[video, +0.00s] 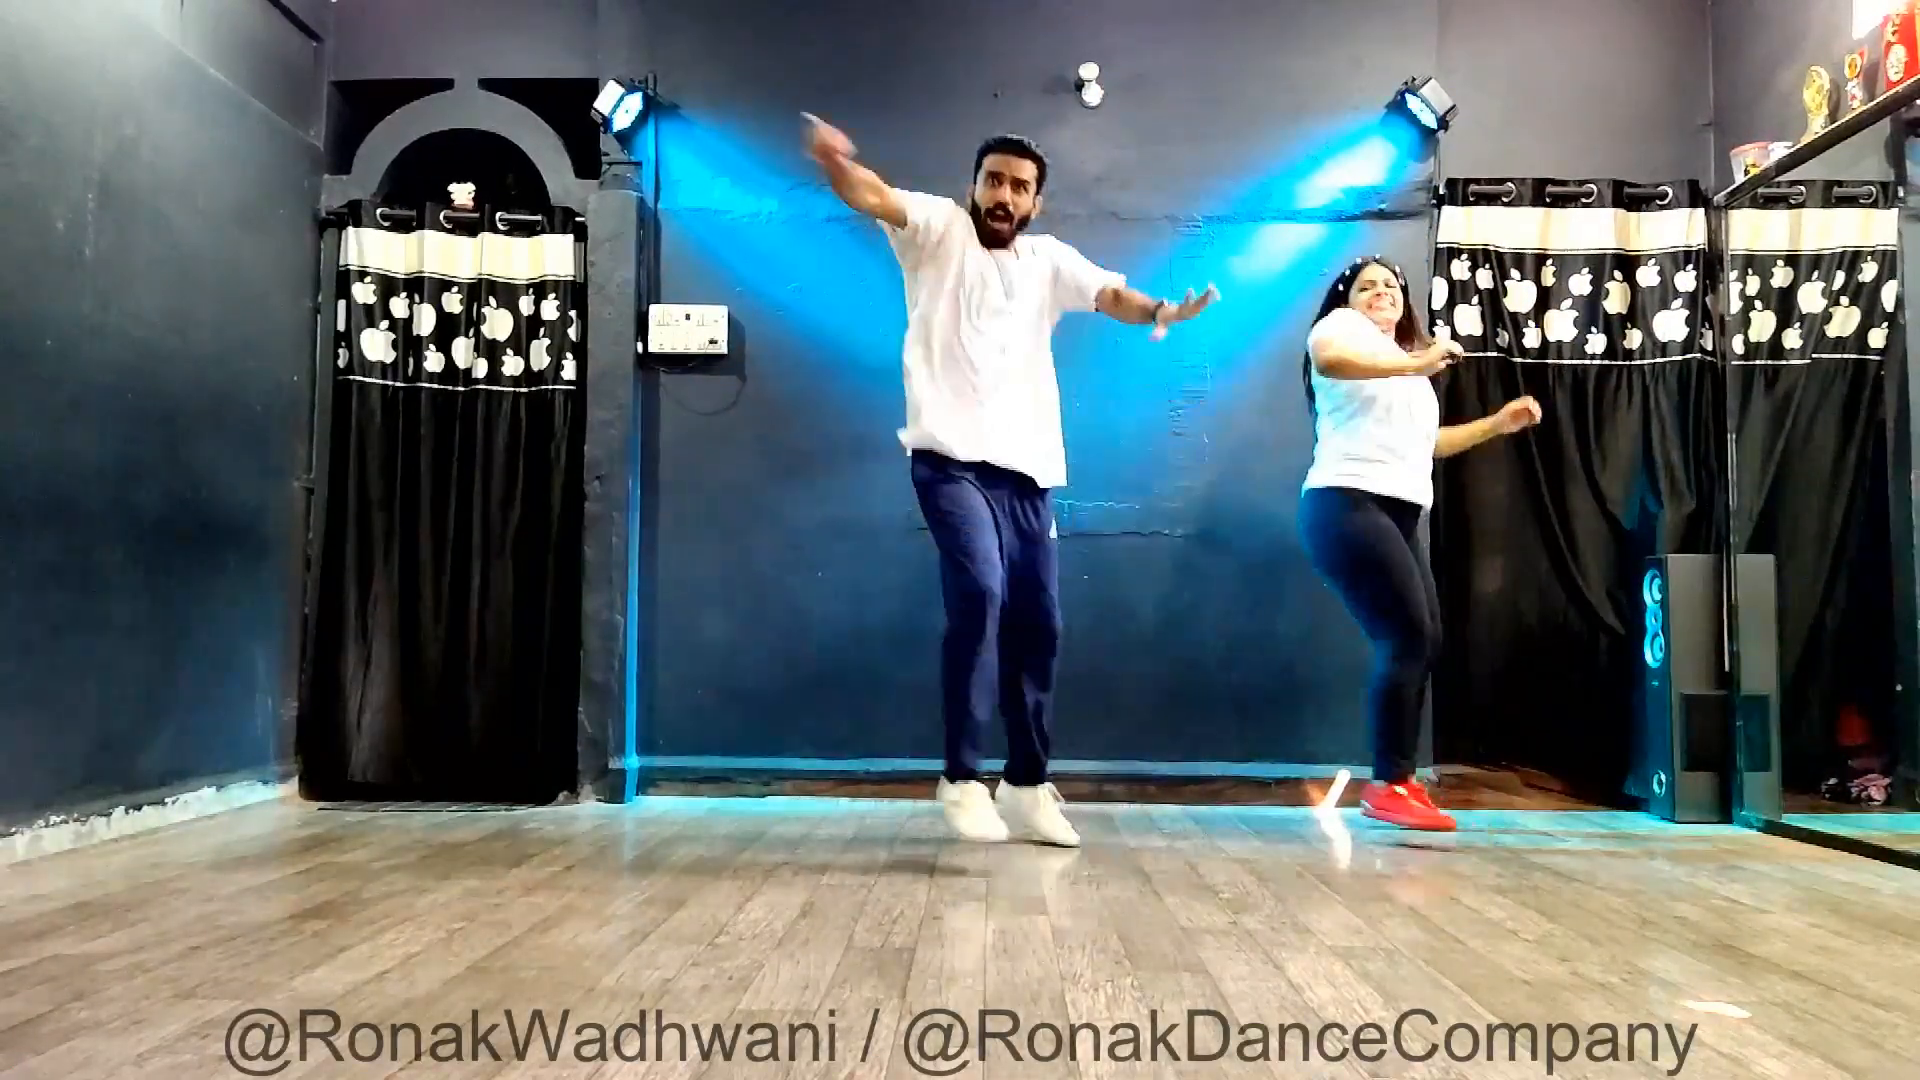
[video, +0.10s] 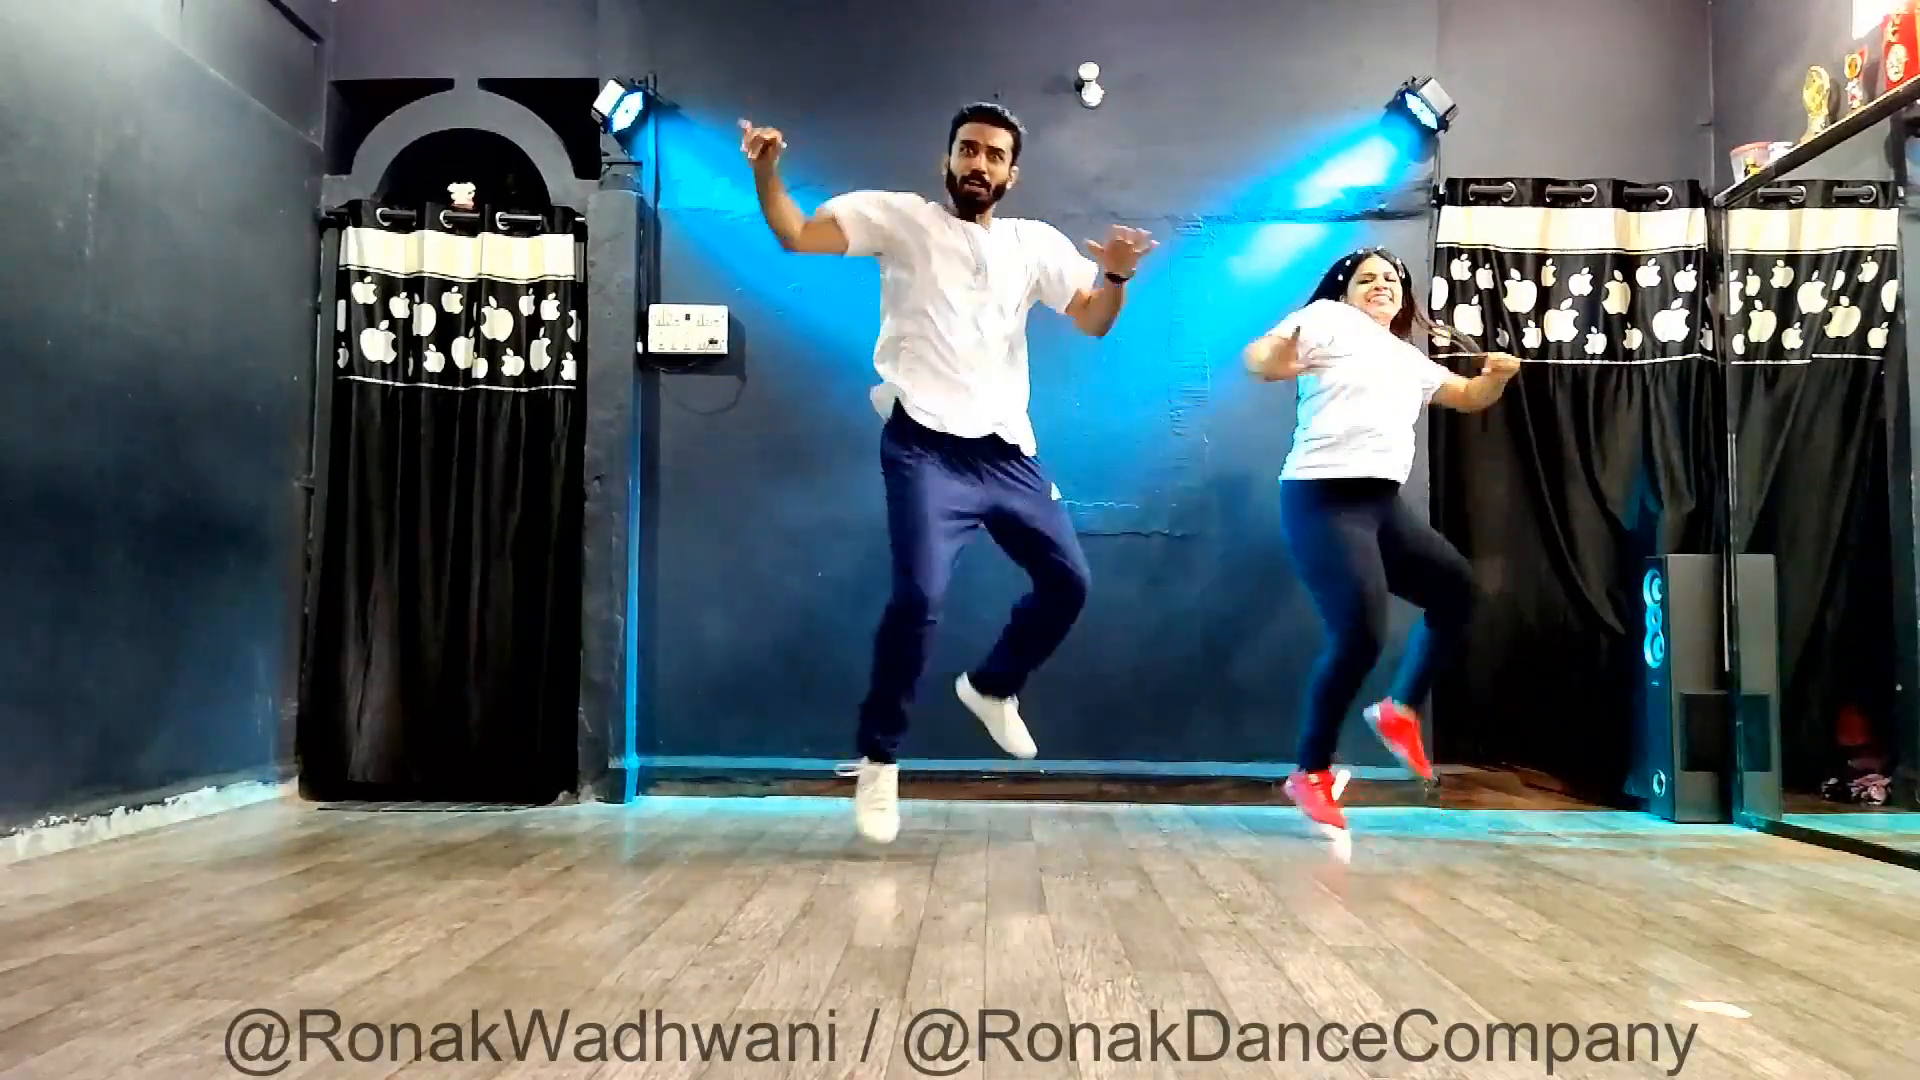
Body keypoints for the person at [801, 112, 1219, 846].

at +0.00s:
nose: (1006, 196)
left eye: (1021, 187)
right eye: (994, 181)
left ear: (1035, 200)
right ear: (973, 185)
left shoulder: (1049, 259)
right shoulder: (938, 224)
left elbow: (1111, 295)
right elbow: (874, 197)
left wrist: (1159, 310)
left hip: (1027, 462)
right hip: (948, 453)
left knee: (1038, 620)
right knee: (982, 589)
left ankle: (1028, 785)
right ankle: (965, 781)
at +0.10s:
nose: (978, 163)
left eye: (994, 155)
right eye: (968, 150)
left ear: (1012, 171)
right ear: (947, 157)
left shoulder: (1034, 242)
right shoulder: (905, 218)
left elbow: (1093, 318)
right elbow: (799, 234)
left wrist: (1115, 275)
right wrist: (768, 172)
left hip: (1008, 454)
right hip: (925, 448)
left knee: (1068, 584)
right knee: (920, 600)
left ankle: (990, 688)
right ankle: (880, 760)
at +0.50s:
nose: (991, 251)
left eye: (990, 240)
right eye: (979, 237)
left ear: (955, 249)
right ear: (940, 244)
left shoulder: (989, 340)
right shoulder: (861, 317)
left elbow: (1072, 405)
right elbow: (758, 365)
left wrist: (1042, 357)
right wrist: (659, 350)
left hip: (955, 519)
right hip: (869, 524)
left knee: (1054, 591)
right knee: (864, 679)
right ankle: (841, 813)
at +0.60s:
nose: (991, 234)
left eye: (990, 223)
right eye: (981, 221)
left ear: (956, 230)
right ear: (939, 226)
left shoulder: (994, 323)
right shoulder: (864, 301)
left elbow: (1091, 351)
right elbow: (757, 333)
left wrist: (1039, 304)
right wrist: (661, 308)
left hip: (971, 519)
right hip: (885, 516)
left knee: (1014, 655)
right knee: (875, 671)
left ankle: (988, 809)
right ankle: (841, 813)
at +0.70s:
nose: (1005, 184)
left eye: (1004, 172)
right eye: (994, 170)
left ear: (979, 182)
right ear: (953, 176)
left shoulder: (1018, 237)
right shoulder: (878, 226)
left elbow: (1107, 224)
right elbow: (778, 235)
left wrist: (1063, 253)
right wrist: (677, 250)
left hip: (996, 465)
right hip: (902, 473)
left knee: (1072, 567)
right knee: (875, 633)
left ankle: (1042, 732)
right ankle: (848, 791)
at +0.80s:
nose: (1020, 165)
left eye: (1018, 153)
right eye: (1009, 151)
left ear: (989, 163)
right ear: (970, 159)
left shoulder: (1032, 229)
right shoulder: (892, 219)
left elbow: (1124, 268)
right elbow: (789, 253)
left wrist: (1073, 252)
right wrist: (691, 260)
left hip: (1006, 438)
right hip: (914, 450)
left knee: (1100, 511)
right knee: (899, 612)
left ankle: (1040, 655)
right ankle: (872, 769)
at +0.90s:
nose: (1038, 188)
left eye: (1037, 176)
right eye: (1028, 174)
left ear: (1008, 186)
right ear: (988, 181)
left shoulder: (1036, 268)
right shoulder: (913, 249)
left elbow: (1114, 350)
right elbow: (808, 278)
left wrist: (1079, 287)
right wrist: (712, 290)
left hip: (1016, 448)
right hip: (935, 464)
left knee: (1125, 476)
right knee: (926, 631)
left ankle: (1055, 613)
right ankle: (909, 793)